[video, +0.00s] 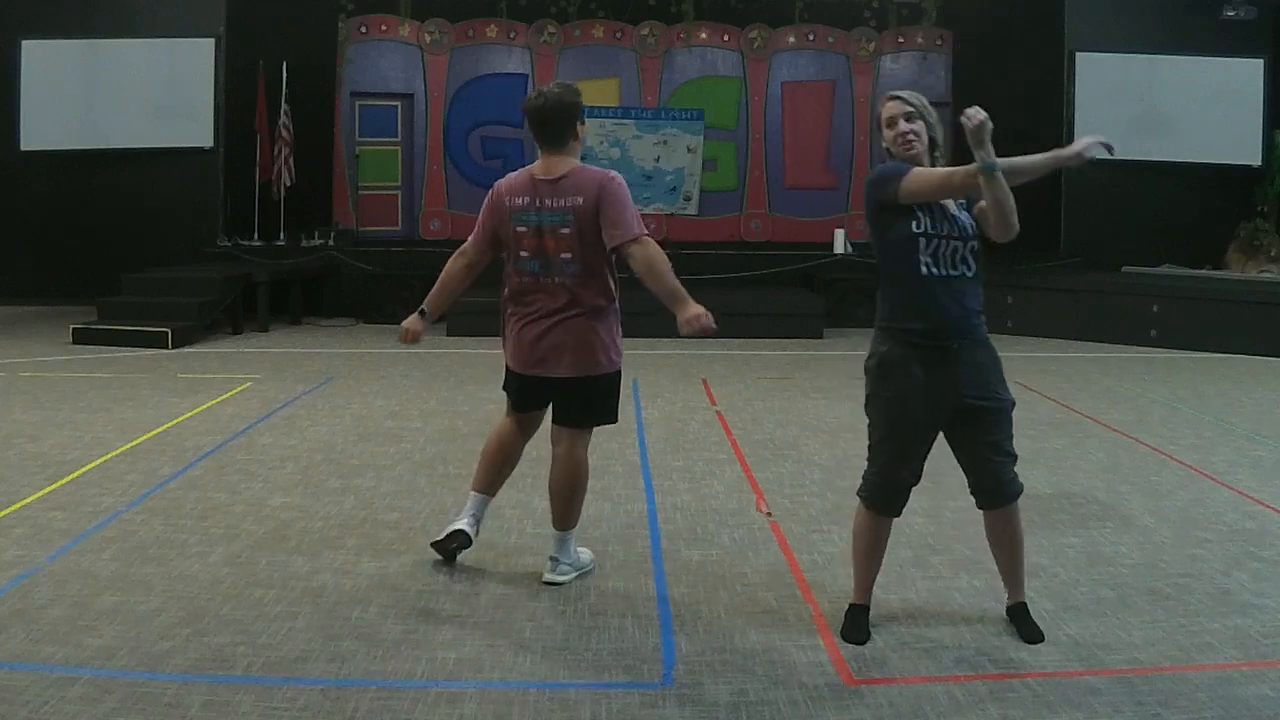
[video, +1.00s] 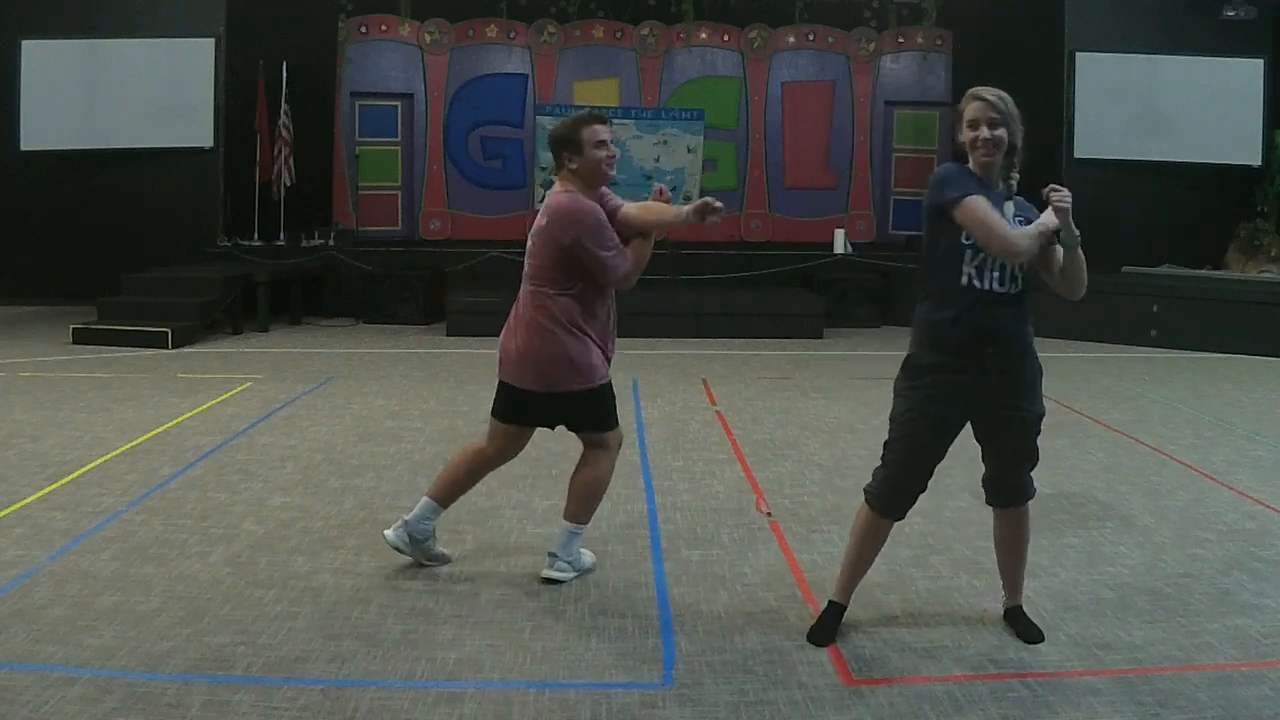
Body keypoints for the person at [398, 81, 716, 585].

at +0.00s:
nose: (586, 128)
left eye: (582, 122)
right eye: (585, 122)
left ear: (531, 130)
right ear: (580, 129)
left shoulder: (505, 191)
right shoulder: (604, 186)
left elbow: (469, 259)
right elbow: (637, 249)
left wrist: (425, 313)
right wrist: (683, 303)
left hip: (526, 343)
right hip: (587, 345)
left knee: (518, 418)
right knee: (571, 441)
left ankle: (468, 519)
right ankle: (563, 554)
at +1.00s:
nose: (611, 153)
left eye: (610, 145)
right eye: (600, 146)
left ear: (584, 159)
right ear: (570, 159)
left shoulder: (578, 194)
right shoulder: (580, 210)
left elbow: (629, 214)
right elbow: (623, 276)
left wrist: (684, 212)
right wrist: (649, 228)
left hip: (522, 348)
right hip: (567, 354)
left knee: (499, 446)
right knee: (603, 444)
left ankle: (415, 527)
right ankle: (566, 553)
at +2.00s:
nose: (540, 135)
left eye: (543, 126)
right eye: (529, 126)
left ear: (540, 130)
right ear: (500, 134)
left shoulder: (483, 181)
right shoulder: (513, 192)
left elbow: (520, 259)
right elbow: (523, 278)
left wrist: (560, 299)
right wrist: (549, 348)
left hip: (474, 342)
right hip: (523, 344)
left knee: (460, 446)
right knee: (550, 444)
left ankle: (430, 561)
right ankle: (565, 556)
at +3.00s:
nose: (479, 137)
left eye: (479, 130)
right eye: (480, 130)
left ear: (428, 121)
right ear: (471, 127)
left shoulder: (375, 168)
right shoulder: (478, 182)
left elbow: (343, 239)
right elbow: (516, 243)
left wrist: (338, 299)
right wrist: (552, 299)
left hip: (404, 335)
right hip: (473, 324)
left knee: (414, 447)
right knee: (521, 398)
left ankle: (439, 557)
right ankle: (539, 334)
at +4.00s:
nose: (477, 134)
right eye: (479, 127)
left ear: (428, 127)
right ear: (476, 127)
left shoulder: (392, 179)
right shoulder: (497, 184)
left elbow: (366, 250)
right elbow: (527, 264)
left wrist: (376, 292)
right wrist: (556, 328)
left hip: (421, 339)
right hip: (488, 337)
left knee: (436, 446)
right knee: (497, 408)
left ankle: (443, 565)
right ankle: (542, 465)